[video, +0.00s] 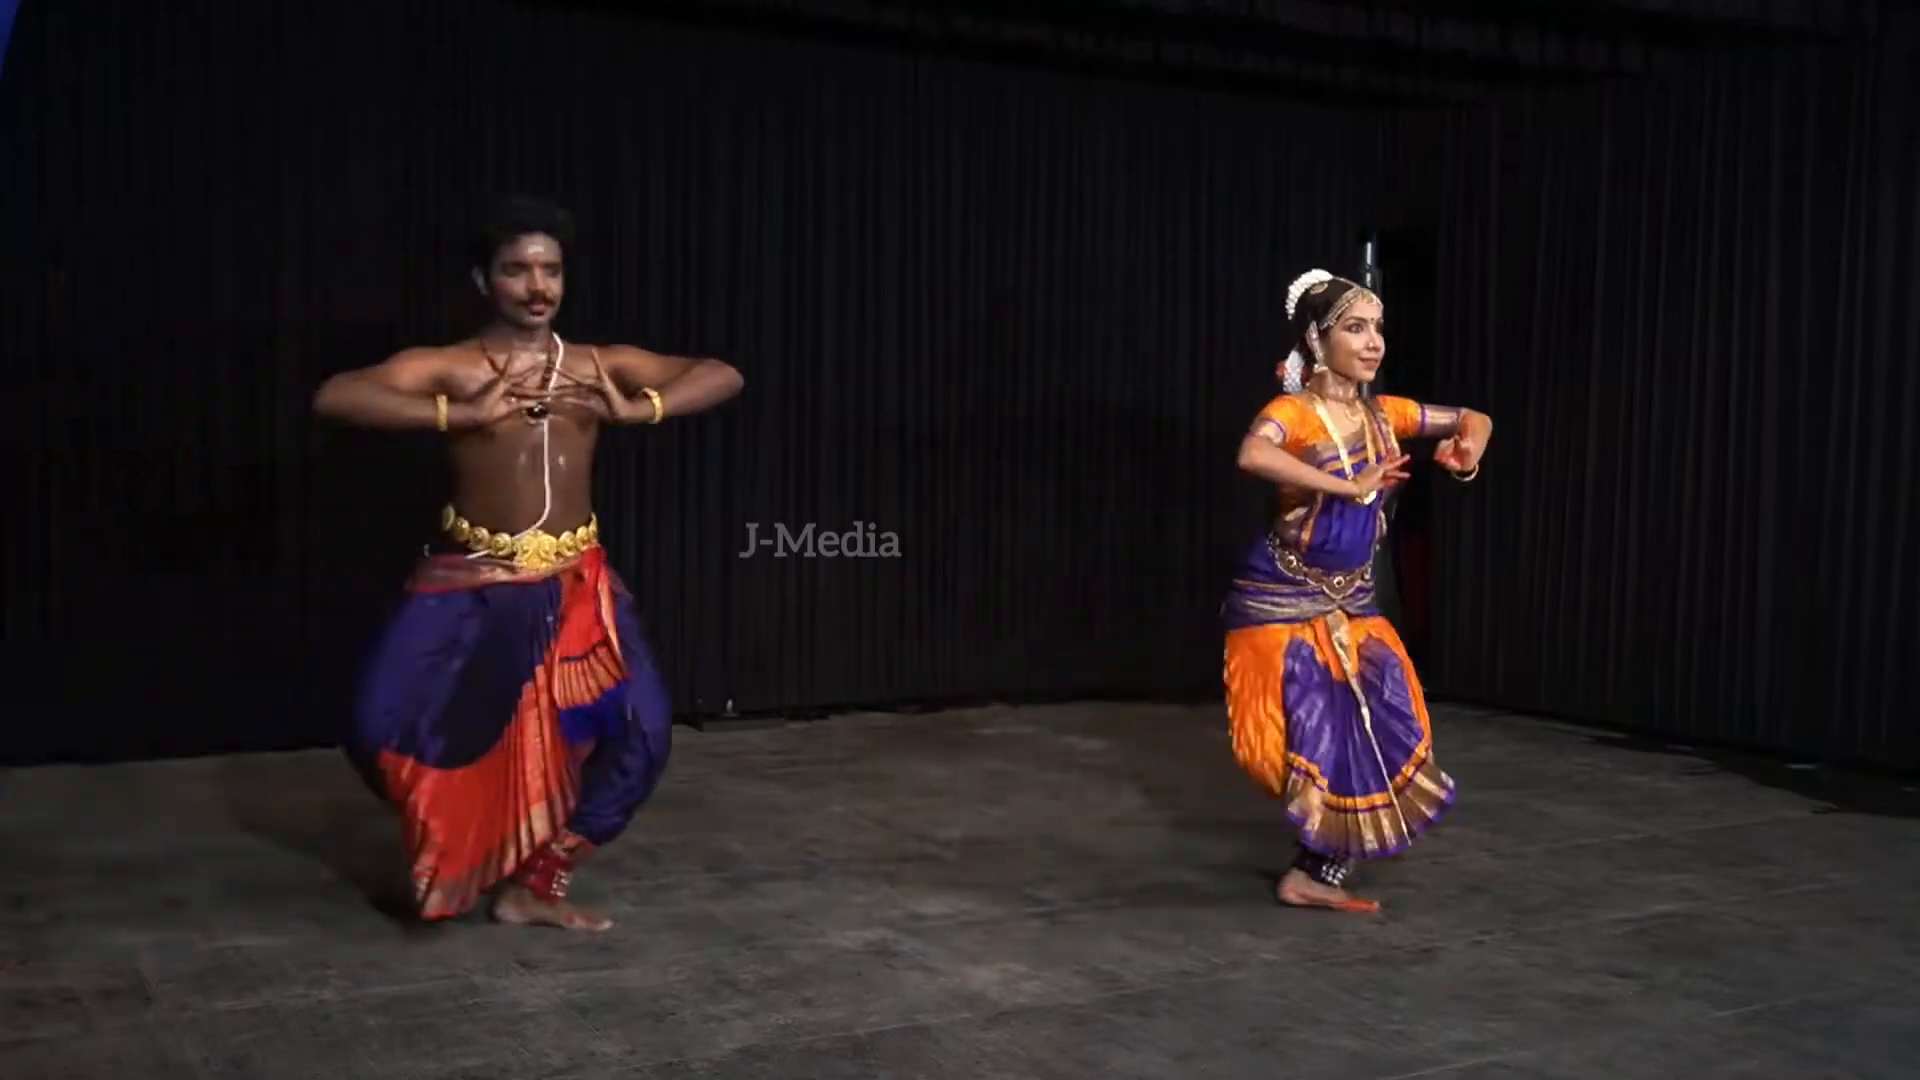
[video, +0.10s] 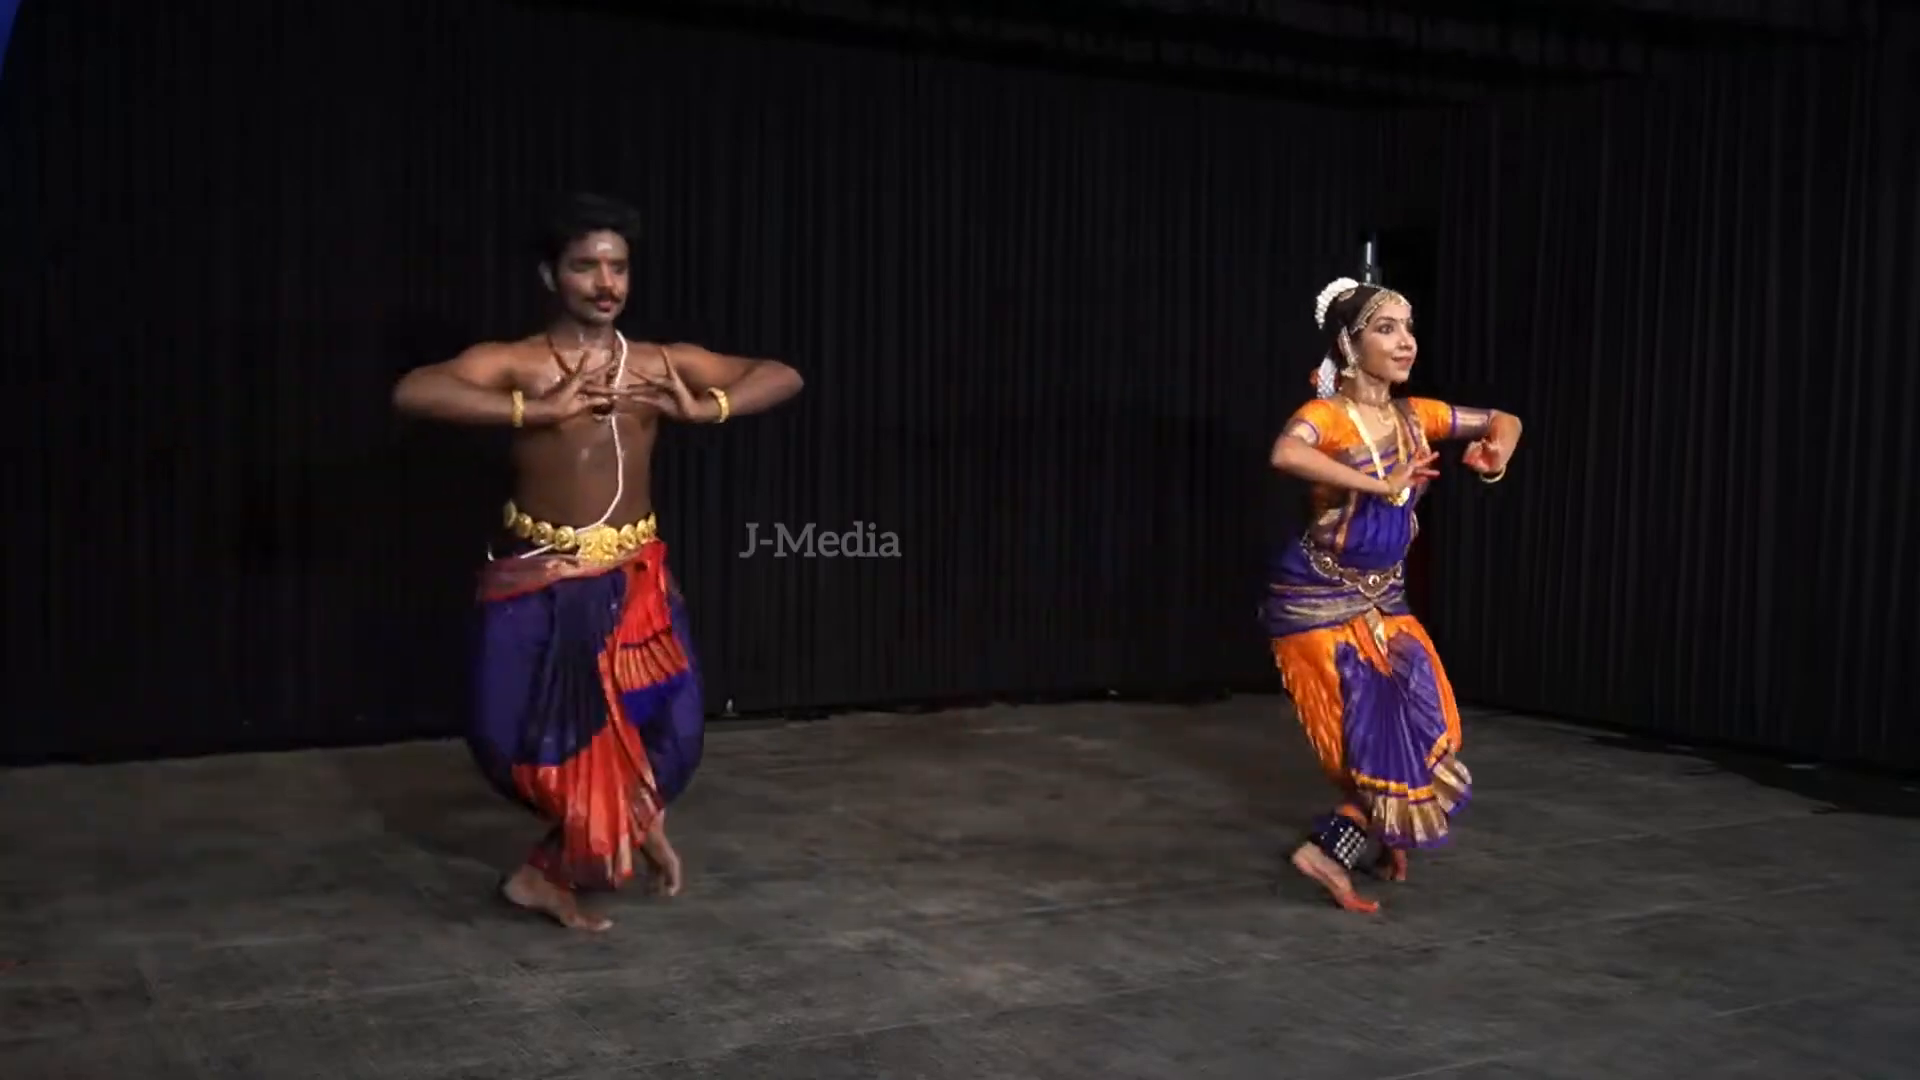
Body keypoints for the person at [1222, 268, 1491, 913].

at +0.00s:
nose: (1374, 342)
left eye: (1379, 329)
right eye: (1357, 328)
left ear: (1383, 339)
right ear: (1318, 340)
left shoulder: (1385, 412)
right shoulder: (1293, 411)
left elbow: (1476, 420)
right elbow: (1254, 455)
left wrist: (1471, 442)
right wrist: (1349, 485)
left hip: (1351, 607)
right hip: (1279, 607)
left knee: (1392, 721)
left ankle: (1314, 875)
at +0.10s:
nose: (1406, 341)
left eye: (1410, 329)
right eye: (1387, 329)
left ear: (1413, 340)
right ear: (1350, 345)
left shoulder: (1417, 415)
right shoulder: (1325, 415)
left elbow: (1506, 422)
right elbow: (1287, 455)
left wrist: (1501, 445)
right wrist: (1379, 485)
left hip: (1384, 602)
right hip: (1315, 603)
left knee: (1435, 725)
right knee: (1353, 732)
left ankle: (1331, 848)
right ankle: (1384, 830)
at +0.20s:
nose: (1431, 346)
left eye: (1434, 335)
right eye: (1413, 336)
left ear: (1437, 347)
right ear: (1377, 353)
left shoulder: (1445, 419)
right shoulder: (1355, 422)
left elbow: (1534, 424)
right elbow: (1312, 461)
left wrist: (1526, 449)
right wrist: (1405, 488)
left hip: (1412, 604)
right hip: (1342, 608)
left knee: (1494, 706)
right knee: (1378, 746)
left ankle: (1393, 825)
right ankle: (1406, 830)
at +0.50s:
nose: (1521, 394)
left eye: (1526, 381)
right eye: (1505, 381)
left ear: (1530, 389)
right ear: (1468, 390)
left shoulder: (1532, 454)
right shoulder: (1443, 450)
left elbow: (1620, 460)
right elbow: (1405, 486)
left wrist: (1601, 490)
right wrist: (1491, 506)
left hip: (1482, 628)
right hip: (1410, 624)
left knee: (1561, 710)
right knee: (1387, 731)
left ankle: (1512, 832)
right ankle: (1419, 843)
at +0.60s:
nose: (1552, 403)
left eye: (1557, 391)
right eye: (1537, 390)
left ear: (1559, 397)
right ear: (1500, 399)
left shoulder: (1554, 462)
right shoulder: (1469, 459)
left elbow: (1623, 486)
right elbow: (1425, 517)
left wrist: (1618, 495)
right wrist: (1518, 504)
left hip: (1495, 625)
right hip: (1427, 619)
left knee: (1574, 706)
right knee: (1411, 717)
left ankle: (1507, 833)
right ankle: (1425, 848)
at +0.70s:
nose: (1585, 398)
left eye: (1589, 386)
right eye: (1571, 385)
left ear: (1591, 391)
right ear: (1534, 391)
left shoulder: (1572, 460)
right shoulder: (1497, 454)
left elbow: (1603, 518)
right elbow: (1441, 533)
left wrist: (1639, 492)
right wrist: (1485, 490)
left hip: (1515, 608)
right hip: (1451, 604)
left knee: (1599, 673)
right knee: (1430, 706)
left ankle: (1538, 805)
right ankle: (1427, 844)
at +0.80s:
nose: (1619, 392)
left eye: (1623, 380)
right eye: (1606, 379)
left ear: (1621, 388)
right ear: (1568, 386)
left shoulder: (1598, 458)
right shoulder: (1535, 443)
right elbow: (1479, 510)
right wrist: (1454, 474)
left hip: (1539, 597)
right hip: (1481, 590)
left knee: (1615, 661)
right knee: (1459, 696)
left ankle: (1584, 791)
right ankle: (1432, 841)